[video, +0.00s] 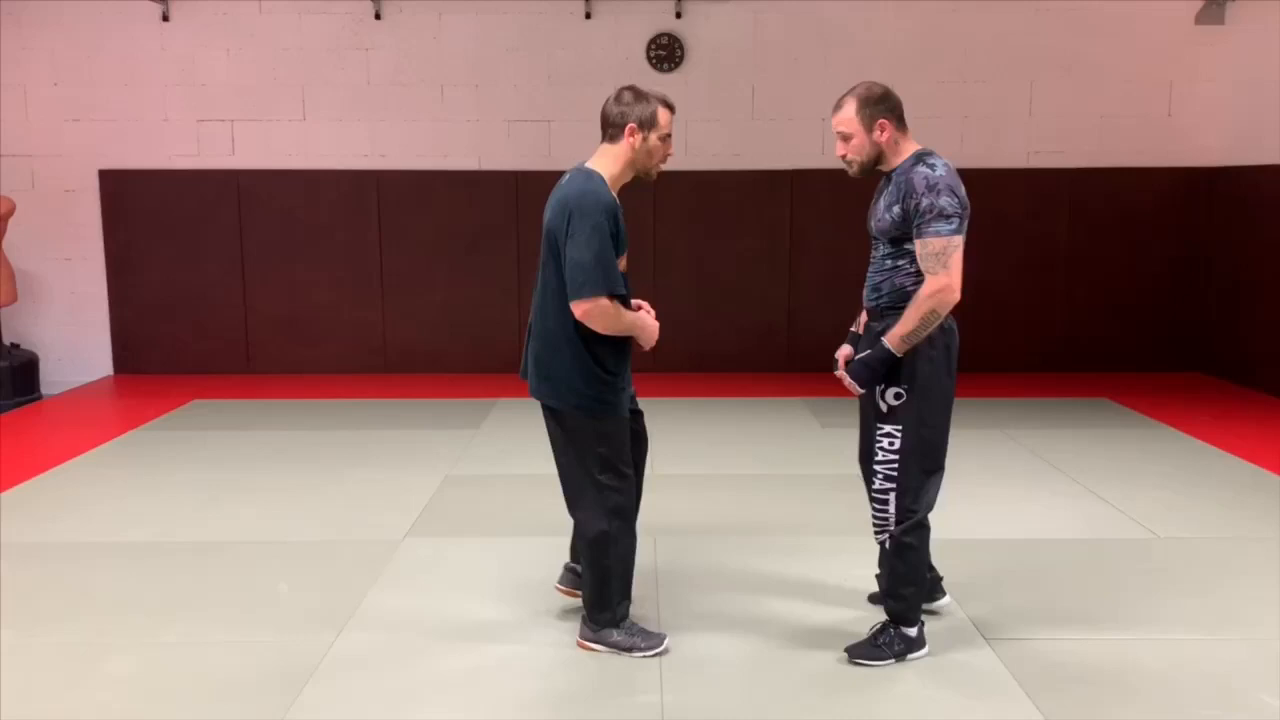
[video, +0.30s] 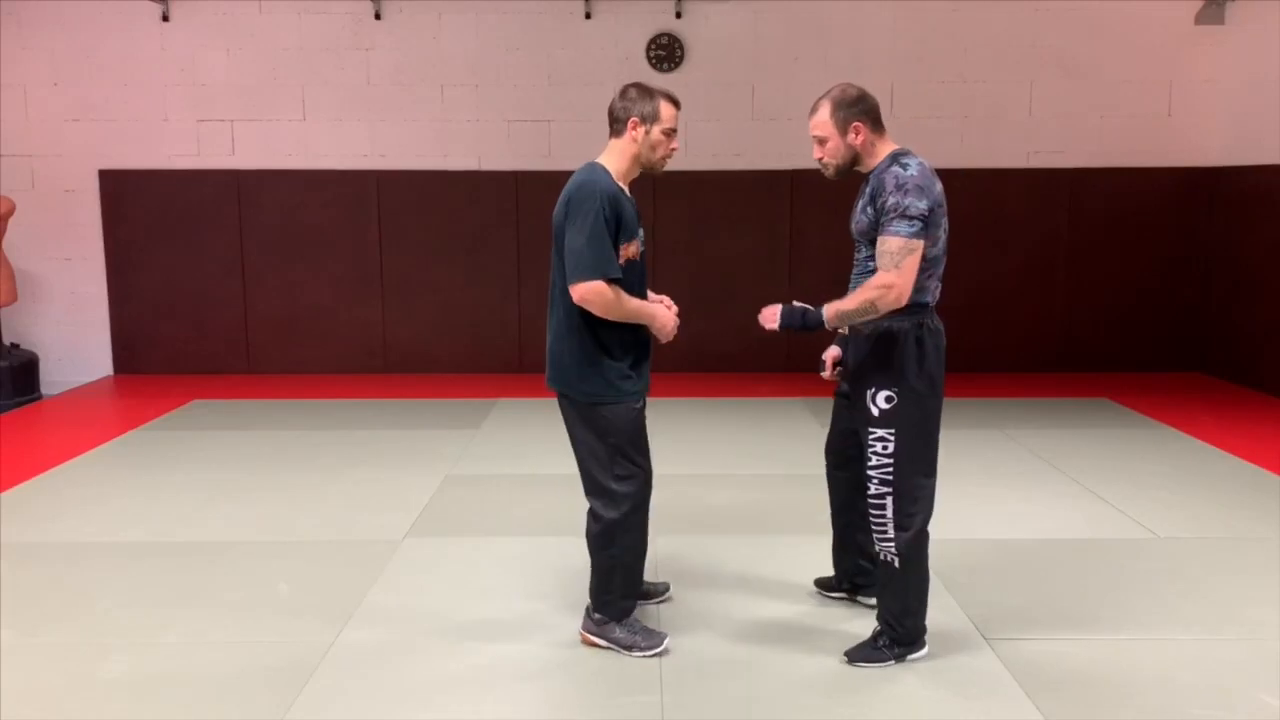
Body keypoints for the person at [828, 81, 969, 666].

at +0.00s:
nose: (840, 149)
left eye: (846, 137)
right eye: (837, 137)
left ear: (883, 130)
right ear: (881, 133)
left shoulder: (930, 182)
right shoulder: (896, 183)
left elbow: (943, 288)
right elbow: (887, 279)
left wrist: (881, 354)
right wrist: (857, 336)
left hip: (918, 348)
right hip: (891, 344)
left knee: (899, 480)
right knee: (885, 472)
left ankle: (903, 625)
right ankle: (916, 577)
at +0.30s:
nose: (816, 152)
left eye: (822, 140)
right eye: (814, 141)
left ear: (858, 133)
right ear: (857, 134)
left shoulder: (904, 183)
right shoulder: (877, 183)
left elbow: (894, 289)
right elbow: (876, 283)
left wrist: (807, 317)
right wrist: (846, 342)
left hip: (902, 350)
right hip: (871, 347)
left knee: (893, 492)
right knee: (845, 461)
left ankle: (902, 631)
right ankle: (860, 573)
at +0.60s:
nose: (788, 156)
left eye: (795, 144)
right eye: (787, 145)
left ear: (831, 137)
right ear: (829, 138)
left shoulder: (872, 184)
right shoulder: (849, 184)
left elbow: (830, 274)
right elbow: (846, 281)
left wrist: (762, 243)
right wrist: (818, 342)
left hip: (869, 343)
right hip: (850, 340)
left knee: (829, 476)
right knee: (835, 466)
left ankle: (882, 612)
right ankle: (851, 574)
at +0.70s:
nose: (777, 156)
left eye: (784, 144)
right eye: (775, 145)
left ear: (819, 137)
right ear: (819, 138)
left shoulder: (855, 185)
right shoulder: (851, 178)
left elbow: (803, 272)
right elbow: (842, 277)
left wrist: (742, 233)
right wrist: (810, 336)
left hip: (854, 341)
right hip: (853, 338)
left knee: (812, 473)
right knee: (844, 471)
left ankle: (847, 620)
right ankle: (854, 590)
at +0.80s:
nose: (765, 158)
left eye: (770, 145)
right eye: (762, 146)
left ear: (806, 138)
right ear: (808, 139)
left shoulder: (839, 188)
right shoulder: (846, 177)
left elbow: (759, 266)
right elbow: (833, 271)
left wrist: (682, 232)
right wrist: (803, 332)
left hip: (842, 342)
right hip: (854, 338)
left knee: (811, 481)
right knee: (847, 469)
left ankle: (805, 632)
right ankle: (853, 580)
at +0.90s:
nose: (753, 157)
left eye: (758, 145)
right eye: (752, 146)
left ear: (794, 140)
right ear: (800, 140)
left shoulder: (818, 190)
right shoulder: (849, 177)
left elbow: (733, 265)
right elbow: (837, 272)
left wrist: (657, 242)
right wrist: (802, 329)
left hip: (832, 343)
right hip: (856, 337)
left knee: (808, 483)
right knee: (847, 470)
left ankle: (793, 633)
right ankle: (851, 578)